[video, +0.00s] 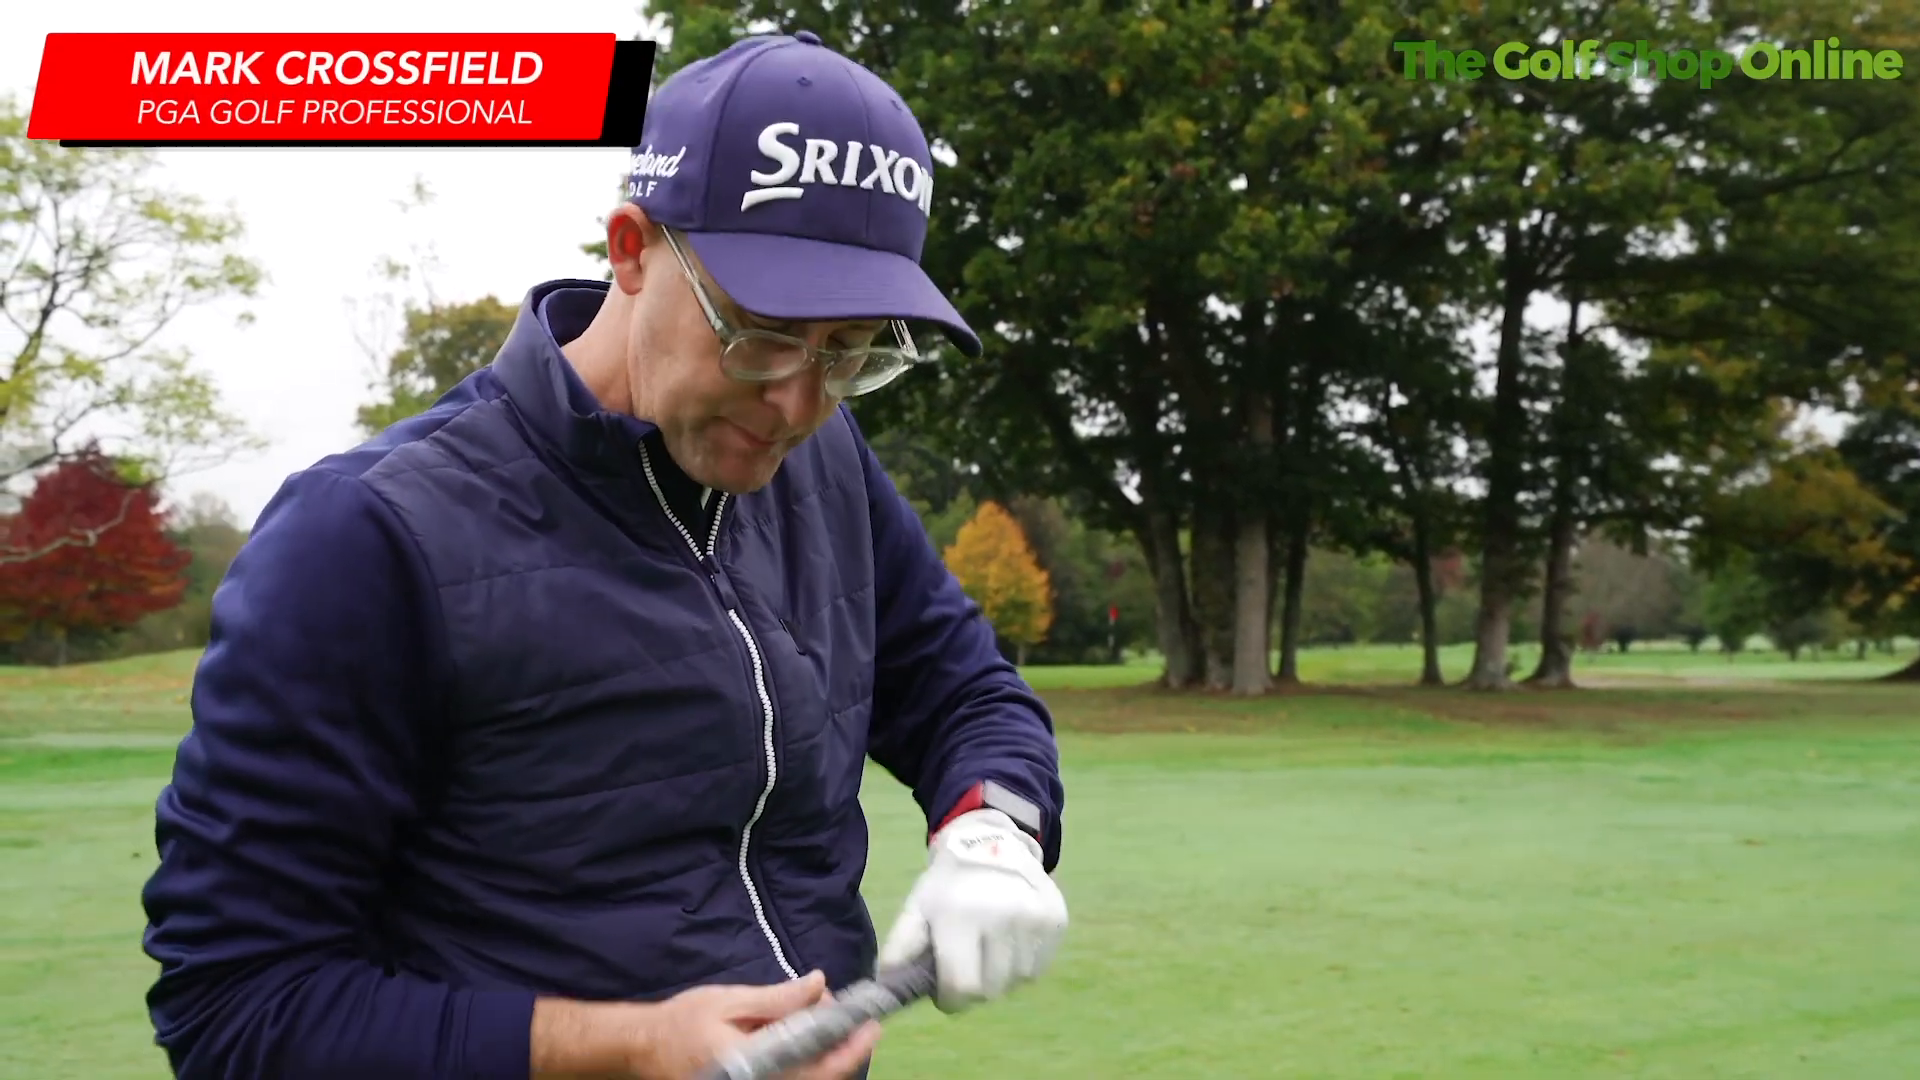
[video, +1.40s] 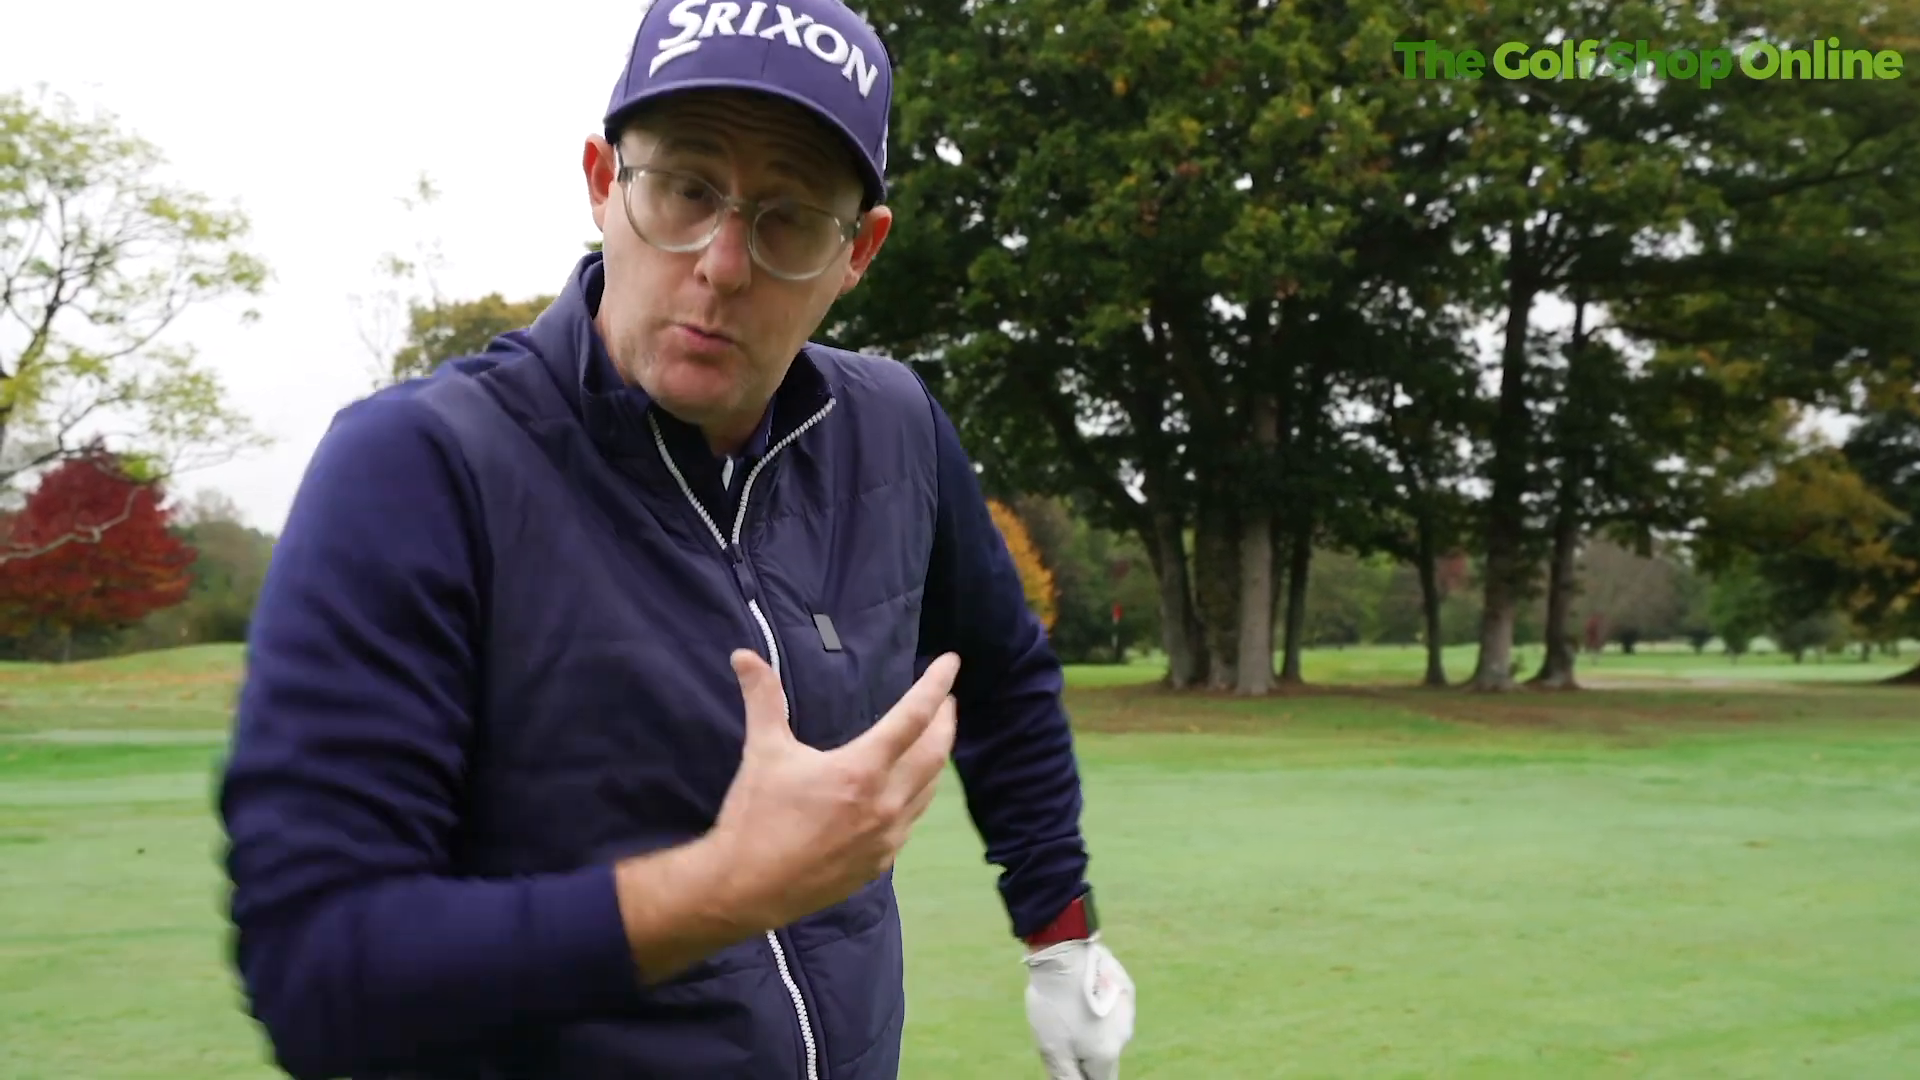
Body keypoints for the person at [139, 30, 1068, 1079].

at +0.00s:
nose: (795, 396)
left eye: (847, 350)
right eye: (755, 330)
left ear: (885, 323)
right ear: (632, 251)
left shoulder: (822, 468)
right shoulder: (366, 539)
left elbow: (966, 692)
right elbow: (230, 1002)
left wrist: (990, 830)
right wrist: (632, 1041)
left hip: (816, 1057)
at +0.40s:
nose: (745, 257)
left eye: (793, 209)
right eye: (694, 192)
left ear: (837, 250)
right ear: (590, 205)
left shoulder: (845, 471)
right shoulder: (369, 526)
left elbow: (996, 722)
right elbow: (245, 992)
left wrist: (993, 816)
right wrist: (611, 1010)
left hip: (817, 1063)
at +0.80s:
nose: (754, 278)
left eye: (814, 234)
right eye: (716, 205)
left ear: (871, 273)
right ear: (628, 205)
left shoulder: (879, 491)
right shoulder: (382, 508)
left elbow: (1015, 771)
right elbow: (196, 962)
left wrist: (1033, 968)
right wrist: (537, 1038)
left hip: (834, 1064)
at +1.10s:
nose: (740, 220)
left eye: (794, 174)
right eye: (698, 163)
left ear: (863, 232)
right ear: (613, 197)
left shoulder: (891, 486)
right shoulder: (409, 490)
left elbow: (984, 801)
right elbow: (108, 888)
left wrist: (1025, 1053)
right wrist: (529, 1022)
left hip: (850, 1058)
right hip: (539, 1076)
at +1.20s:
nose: (723, 218)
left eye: (779, 171)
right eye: (679, 161)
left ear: (851, 223)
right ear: (599, 191)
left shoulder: (898, 459)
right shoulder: (422, 455)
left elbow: (1006, 740)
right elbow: (98, 806)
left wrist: (1052, 1002)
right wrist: (546, 929)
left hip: (854, 1052)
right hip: (510, 1056)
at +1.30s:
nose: (718, 230)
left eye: (779, 183)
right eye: (677, 167)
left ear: (853, 229)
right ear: (597, 184)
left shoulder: (901, 436)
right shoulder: (432, 431)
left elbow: (1023, 672)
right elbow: (159, 832)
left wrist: (1075, 920)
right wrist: (629, 878)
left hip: (841, 1049)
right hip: (501, 1053)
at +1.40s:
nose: (722, 262)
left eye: (784, 214)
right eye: (688, 188)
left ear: (858, 252)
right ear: (608, 187)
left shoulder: (890, 432)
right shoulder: (418, 465)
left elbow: (1005, 678)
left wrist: (1058, 925)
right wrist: (719, 886)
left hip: (847, 1049)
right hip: (550, 1053)